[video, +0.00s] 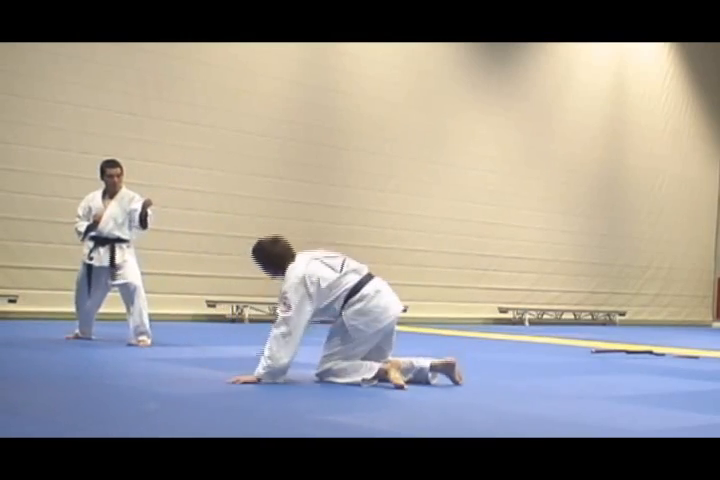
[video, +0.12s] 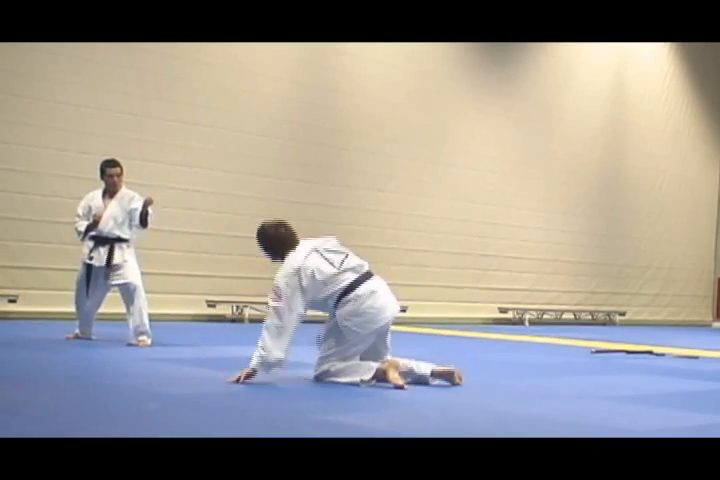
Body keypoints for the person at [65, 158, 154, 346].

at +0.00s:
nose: (115, 180)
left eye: (118, 176)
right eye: (111, 177)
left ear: (123, 176)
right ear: (103, 178)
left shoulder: (131, 199)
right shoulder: (91, 199)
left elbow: (140, 226)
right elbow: (79, 227)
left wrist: (143, 212)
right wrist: (92, 225)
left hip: (122, 249)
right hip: (97, 249)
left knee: (134, 286)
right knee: (85, 290)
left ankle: (141, 334)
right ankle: (84, 330)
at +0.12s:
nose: (115, 180)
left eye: (118, 175)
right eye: (111, 176)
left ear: (122, 176)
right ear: (103, 178)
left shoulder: (131, 199)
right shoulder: (91, 198)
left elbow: (141, 224)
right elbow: (79, 227)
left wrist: (144, 210)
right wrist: (91, 225)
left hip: (121, 248)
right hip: (96, 248)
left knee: (134, 286)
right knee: (85, 290)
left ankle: (141, 334)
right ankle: (84, 330)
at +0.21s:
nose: (115, 180)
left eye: (118, 175)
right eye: (111, 176)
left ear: (123, 176)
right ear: (103, 178)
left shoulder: (131, 198)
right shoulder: (91, 198)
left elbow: (141, 224)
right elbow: (79, 226)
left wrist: (145, 209)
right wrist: (91, 224)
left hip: (122, 248)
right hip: (97, 248)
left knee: (134, 287)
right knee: (85, 290)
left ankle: (142, 334)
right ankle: (84, 330)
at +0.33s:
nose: (116, 180)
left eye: (118, 175)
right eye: (111, 176)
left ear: (123, 176)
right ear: (103, 178)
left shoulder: (131, 197)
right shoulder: (91, 197)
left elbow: (142, 223)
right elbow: (79, 226)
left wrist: (145, 207)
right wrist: (92, 223)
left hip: (122, 248)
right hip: (97, 247)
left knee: (134, 287)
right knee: (85, 289)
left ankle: (142, 334)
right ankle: (84, 330)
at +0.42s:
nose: (116, 180)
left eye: (119, 175)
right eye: (111, 176)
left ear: (123, 176)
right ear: (103, 177)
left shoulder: (131, 197)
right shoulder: (91, 197)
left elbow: (142, 222)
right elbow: (79, 226)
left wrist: (146, 207)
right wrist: (91, 223)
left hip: (122, 248)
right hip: (97, 247)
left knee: (134, 287)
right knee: (85, 289)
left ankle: (141, 334)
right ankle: (84, 330)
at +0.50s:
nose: (116, 180)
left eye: (119, 176)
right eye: (112, 176)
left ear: (123, 176)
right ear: (103, 178)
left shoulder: (131, 197)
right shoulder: (91, 197)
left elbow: (142, 222)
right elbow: (79, 226)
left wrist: (146, 206)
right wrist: (91, 222)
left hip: (122, 248)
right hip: (98, 247)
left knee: (134, 286)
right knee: (85, 289)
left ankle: (141, 334)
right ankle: (84, 330)